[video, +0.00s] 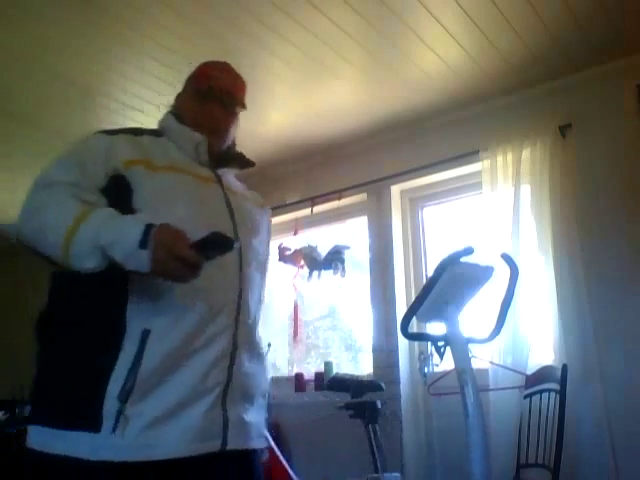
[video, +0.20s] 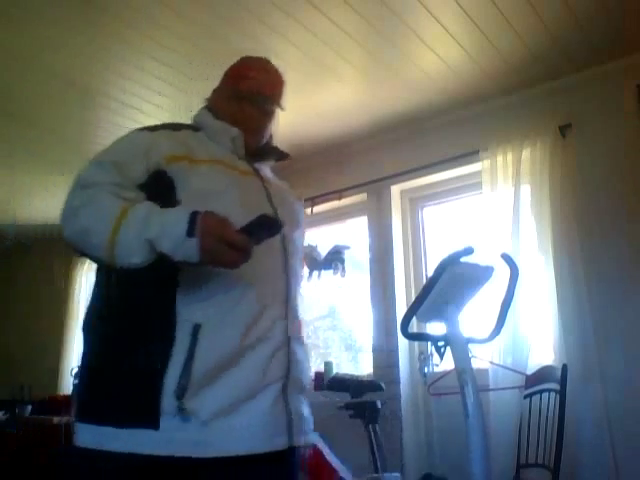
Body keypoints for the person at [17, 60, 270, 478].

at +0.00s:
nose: (233, 119)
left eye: (239, 109)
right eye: (226, 102)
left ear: (240, 117)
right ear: (195, 94)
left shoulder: (247, 199)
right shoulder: (113, 151)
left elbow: (245, 318)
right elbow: (41, 213)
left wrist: (257, 426)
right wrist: (135, 241)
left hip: (231, 442)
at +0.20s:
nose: (268, 115)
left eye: (275, 106)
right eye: (258, 101)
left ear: (280, 115)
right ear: (222, 96)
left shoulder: (282, 194)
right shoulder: (155, 146)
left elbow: (283, 312)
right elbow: (83, 212)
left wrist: (300, 428)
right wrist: (175, 231)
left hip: (261, 442)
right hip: (147, 438)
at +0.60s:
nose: (304, 93)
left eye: (310, 83)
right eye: (290, 80)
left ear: (314, 92)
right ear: (253, 84)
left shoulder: (340, 183)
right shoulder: (180, 151)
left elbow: (400, 284)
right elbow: (128, 226)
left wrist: (447, 301)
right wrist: (223, 256)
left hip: (317, 436)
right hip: (200, 433)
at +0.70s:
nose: (305, 93)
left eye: (310, 82)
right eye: (290, 79)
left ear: (315, 91)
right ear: (251, 84)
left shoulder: (338, 184)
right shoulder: (177, 156)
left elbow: (401, 275)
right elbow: (130, 239)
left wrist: (469, 329)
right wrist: (231, 283)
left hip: (331, 437)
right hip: (211, 440)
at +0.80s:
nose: (303, 89)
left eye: (308, 79)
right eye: (287, 74)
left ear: (313, 88)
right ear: (248, 80)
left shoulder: (330, 178)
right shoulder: (175, 153)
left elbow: (380, 270)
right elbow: (132, 243)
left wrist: (450, 328)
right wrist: (241, 292)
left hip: (330, 425)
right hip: (218, 430)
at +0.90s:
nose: (300, 78)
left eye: (305, 68)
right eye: (289, 62)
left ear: (305, 77)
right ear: (245, 63)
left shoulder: (323, 170)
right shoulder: (171, 135)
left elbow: (352, 273)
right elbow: (129, 230)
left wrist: (413, 341)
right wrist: (243, 286)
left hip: (309, 438)